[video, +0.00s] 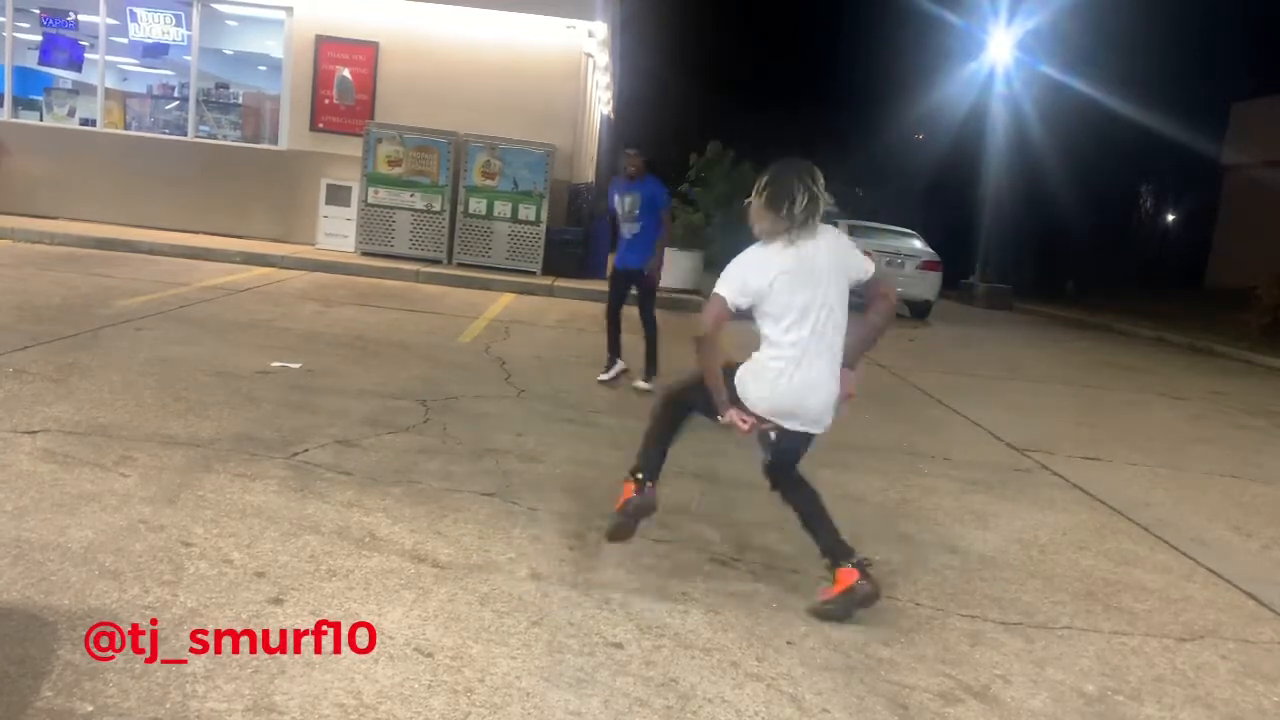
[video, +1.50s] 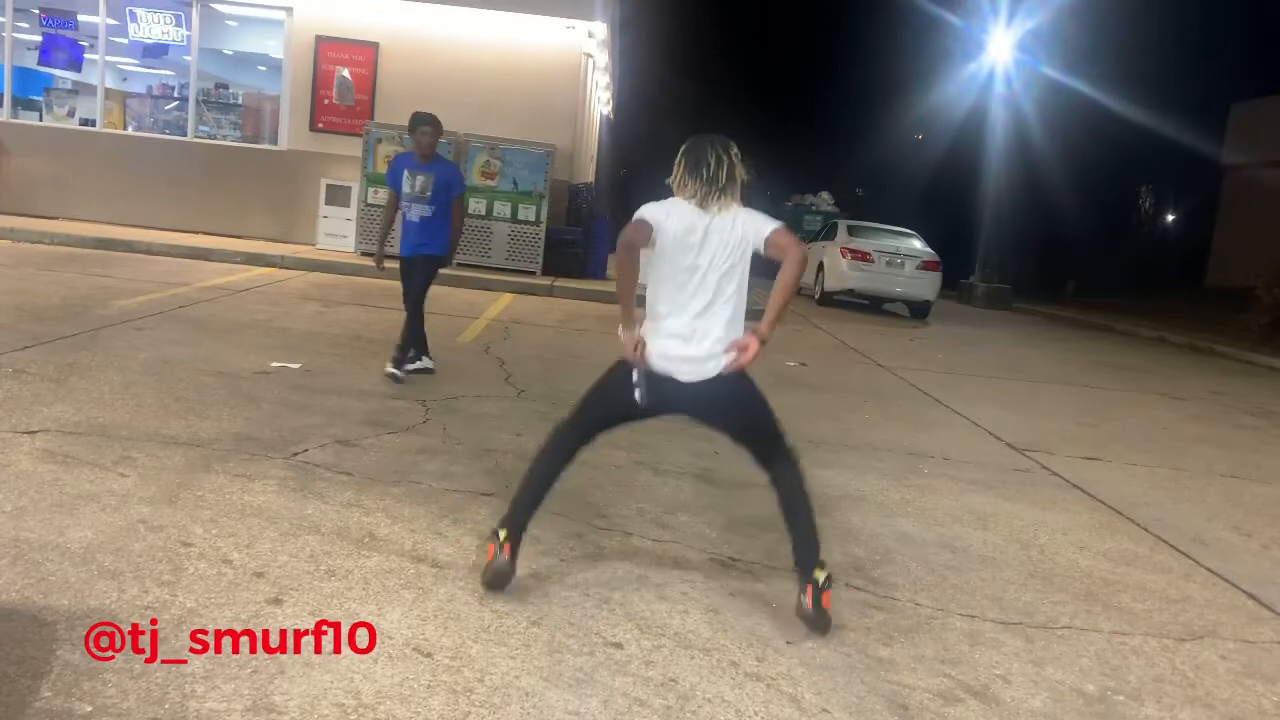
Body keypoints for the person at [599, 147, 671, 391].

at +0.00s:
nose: (631, 166)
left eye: (635, 162)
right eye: (627, 162)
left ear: (643, 164)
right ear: (622, 163)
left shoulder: (654, 189)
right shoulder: (616, 186)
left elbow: (666, 227)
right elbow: (615, 223)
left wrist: (657, 261)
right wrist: (612, 255)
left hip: (647, 262)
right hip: (623, 259)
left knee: (647, 315)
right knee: (612, 311)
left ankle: (649, 374)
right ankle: (615, 360)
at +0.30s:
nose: (591, 166)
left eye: (596, 161)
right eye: (587, 161)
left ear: (603, 162)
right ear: (579, 162)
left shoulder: (612, 190)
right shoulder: (570, 188)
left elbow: (629, 227)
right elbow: (564, 225)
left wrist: (637, 265)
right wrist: (551, 253)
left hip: (601, 257)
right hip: (579, 255)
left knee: (586, 307)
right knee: (580, 309)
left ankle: (601, 362)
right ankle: (582, 363)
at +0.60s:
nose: (554, 167)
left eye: (559, 162)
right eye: (550, 161)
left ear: (566, 164)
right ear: (542, 163)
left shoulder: (576, 194)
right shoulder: (532, 188)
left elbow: (584, 233)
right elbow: (525, 224)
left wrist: (579, 269)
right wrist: (514, 259)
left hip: (561, 262)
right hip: (541, 261)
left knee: (538, 312)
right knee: (553, 311)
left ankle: (518, 363)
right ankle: (578, 358)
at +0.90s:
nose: (516, 157)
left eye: (522, 152)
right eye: (512, 151)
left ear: (530, 154)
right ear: (504, 152)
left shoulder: (540, 184)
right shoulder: (494, 178)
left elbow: (550, 226)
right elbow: (490, 216)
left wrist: (536, 259)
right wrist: (478, 252)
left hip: (523, 256)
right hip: (497, 252)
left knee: (516, 306)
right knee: (480, 297)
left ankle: (515, 362)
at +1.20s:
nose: (467, 152)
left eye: (472, 147)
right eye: (462, 147)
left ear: (479, 151)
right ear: (452, 149)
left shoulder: (490, 183)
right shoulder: (445, 178)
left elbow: (502, 224)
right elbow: (443, 219)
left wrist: (501, 264)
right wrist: (434, 253)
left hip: (478, 260)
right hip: (449, 256)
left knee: (485, 309)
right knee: (428, 302)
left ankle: (509, 361)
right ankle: (423, 356)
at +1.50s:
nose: (428, 140)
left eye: (433, 135)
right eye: (423, 134)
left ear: (439, 138)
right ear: (412, 136)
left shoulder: (450, 170)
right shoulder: (400, 164)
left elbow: (458, 214)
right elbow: (391, 207)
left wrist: (451, 250)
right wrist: (381, 246)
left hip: (435, 246)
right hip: (408, 244)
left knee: (415, 301)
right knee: (411, 301)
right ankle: (422, 354)